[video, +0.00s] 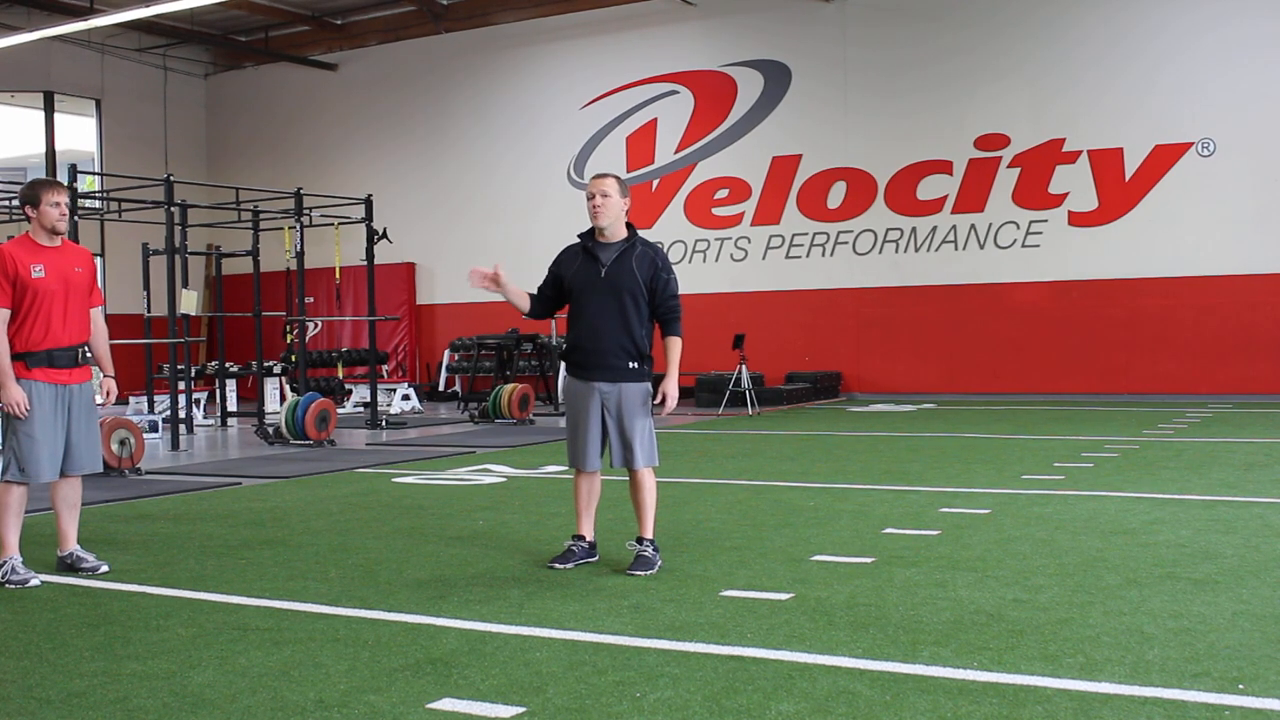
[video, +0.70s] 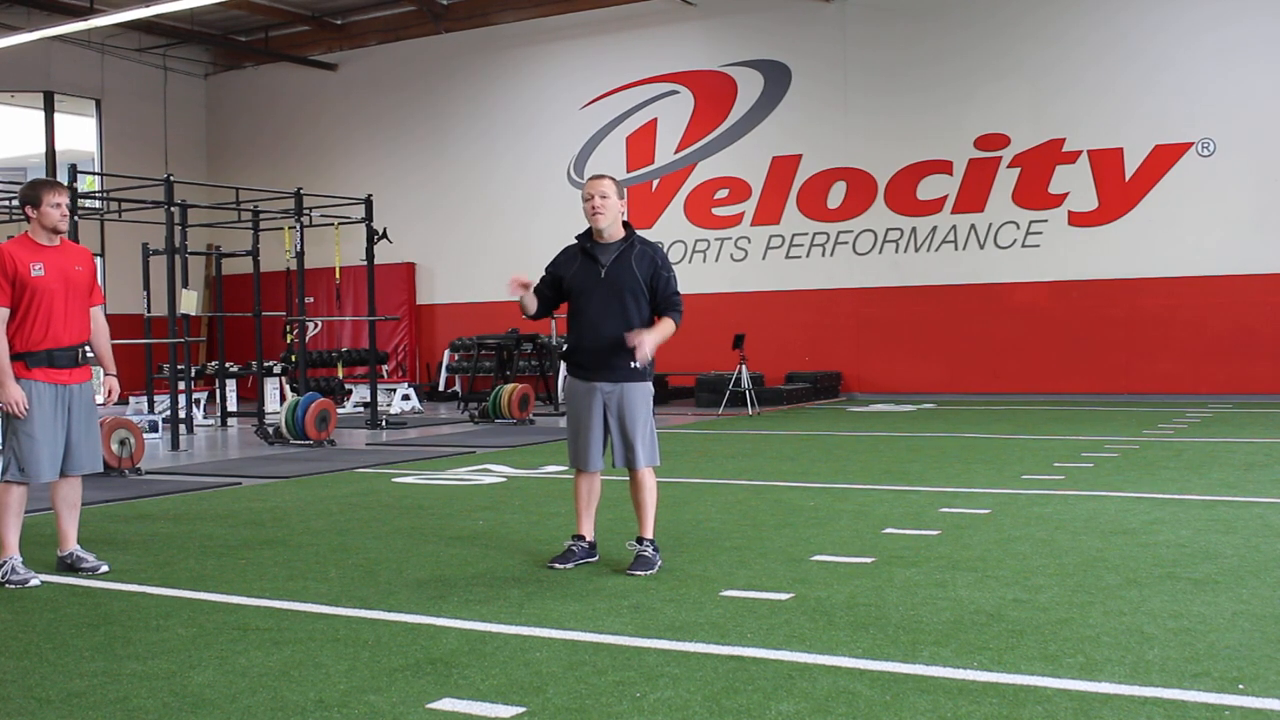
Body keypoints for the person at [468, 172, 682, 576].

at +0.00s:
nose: (595, 202)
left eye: (603, 196)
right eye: (590, 197)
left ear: (625, 204)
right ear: (586, 206)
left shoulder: (651, 258)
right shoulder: (572, 257)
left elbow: (671, 320)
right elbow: (539, 307)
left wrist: (672, 375)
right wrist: (504, 285)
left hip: (631, 380)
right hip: (580, 379)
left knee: (639, 464)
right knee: (584, 463)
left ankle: (646, 544)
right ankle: (583, 542)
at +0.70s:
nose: (594, 204)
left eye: (602, 197)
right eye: (588, 199)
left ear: (622, 204)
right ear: (583, 208)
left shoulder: (649, 255)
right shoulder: (570, 257)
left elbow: (673, 312)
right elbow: (539, 309)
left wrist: (654, 335)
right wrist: (528, 296)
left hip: (632, 379)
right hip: (582, 377)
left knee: (639, 463)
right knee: (585, 462)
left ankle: (646, 544)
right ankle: (583, 542)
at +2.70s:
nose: (590, 208)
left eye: (598, 201)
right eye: (587, 202)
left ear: (622, 207)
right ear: (586, 208)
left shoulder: (653, 256)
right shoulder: (572, 259)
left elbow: (678, 315)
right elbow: (548, 322)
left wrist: (651, 311)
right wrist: (557, 309)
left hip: (635, 381)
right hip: (584, 379)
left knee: (641, 463)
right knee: (586, 464)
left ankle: (646, 544)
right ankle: (584, 542)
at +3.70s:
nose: (586, 209)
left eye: (594, 202)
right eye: (582, 204)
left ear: (618, 206)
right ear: (579, 211)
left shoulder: (648, 253)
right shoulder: (571, 258)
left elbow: (659, 311)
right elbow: (551, 323)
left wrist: (605, 288)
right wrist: (553, 308)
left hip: (634, 379)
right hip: (585, 377)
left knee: (641, 462)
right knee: (586, 461)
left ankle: (646, 544)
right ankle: (584, 541)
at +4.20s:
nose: (587, 204)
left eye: (596, 197)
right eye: (585, 197)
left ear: (621, 204)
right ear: (582, 204)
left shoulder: (651, 251)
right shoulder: (571, 257)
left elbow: (679, 310)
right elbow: (550, 310)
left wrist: (659, 280)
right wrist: (554, 317)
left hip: (636, 377)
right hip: (585, 377)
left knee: (641, 462)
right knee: (587, 463)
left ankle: (646, 544)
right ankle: (584, 541)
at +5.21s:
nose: (586, 216)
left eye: (593, 209)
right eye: (587, 209)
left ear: (618, 212)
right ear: (612, 213)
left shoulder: (662, 256)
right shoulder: (599, 256)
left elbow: (685, 317)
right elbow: (575, 307)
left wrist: (634, 334)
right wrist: (554, 282)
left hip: (646, 380)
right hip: (602, 377)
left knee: (649, 462)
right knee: (595, 459)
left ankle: (648, 545)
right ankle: (589, 540)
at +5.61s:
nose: (579, 215)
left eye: (586, 207)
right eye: (576, 209)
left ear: (613, 208)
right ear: (578, 214)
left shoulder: (643, 255)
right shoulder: (584, 259)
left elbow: (664, 316)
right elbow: (539, 289)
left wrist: (609, 331)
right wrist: (501, 253)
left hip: (631, 380)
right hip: (590, 378)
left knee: (641, 462)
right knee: (589, 460)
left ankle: (647, 545)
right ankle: (586, 540)